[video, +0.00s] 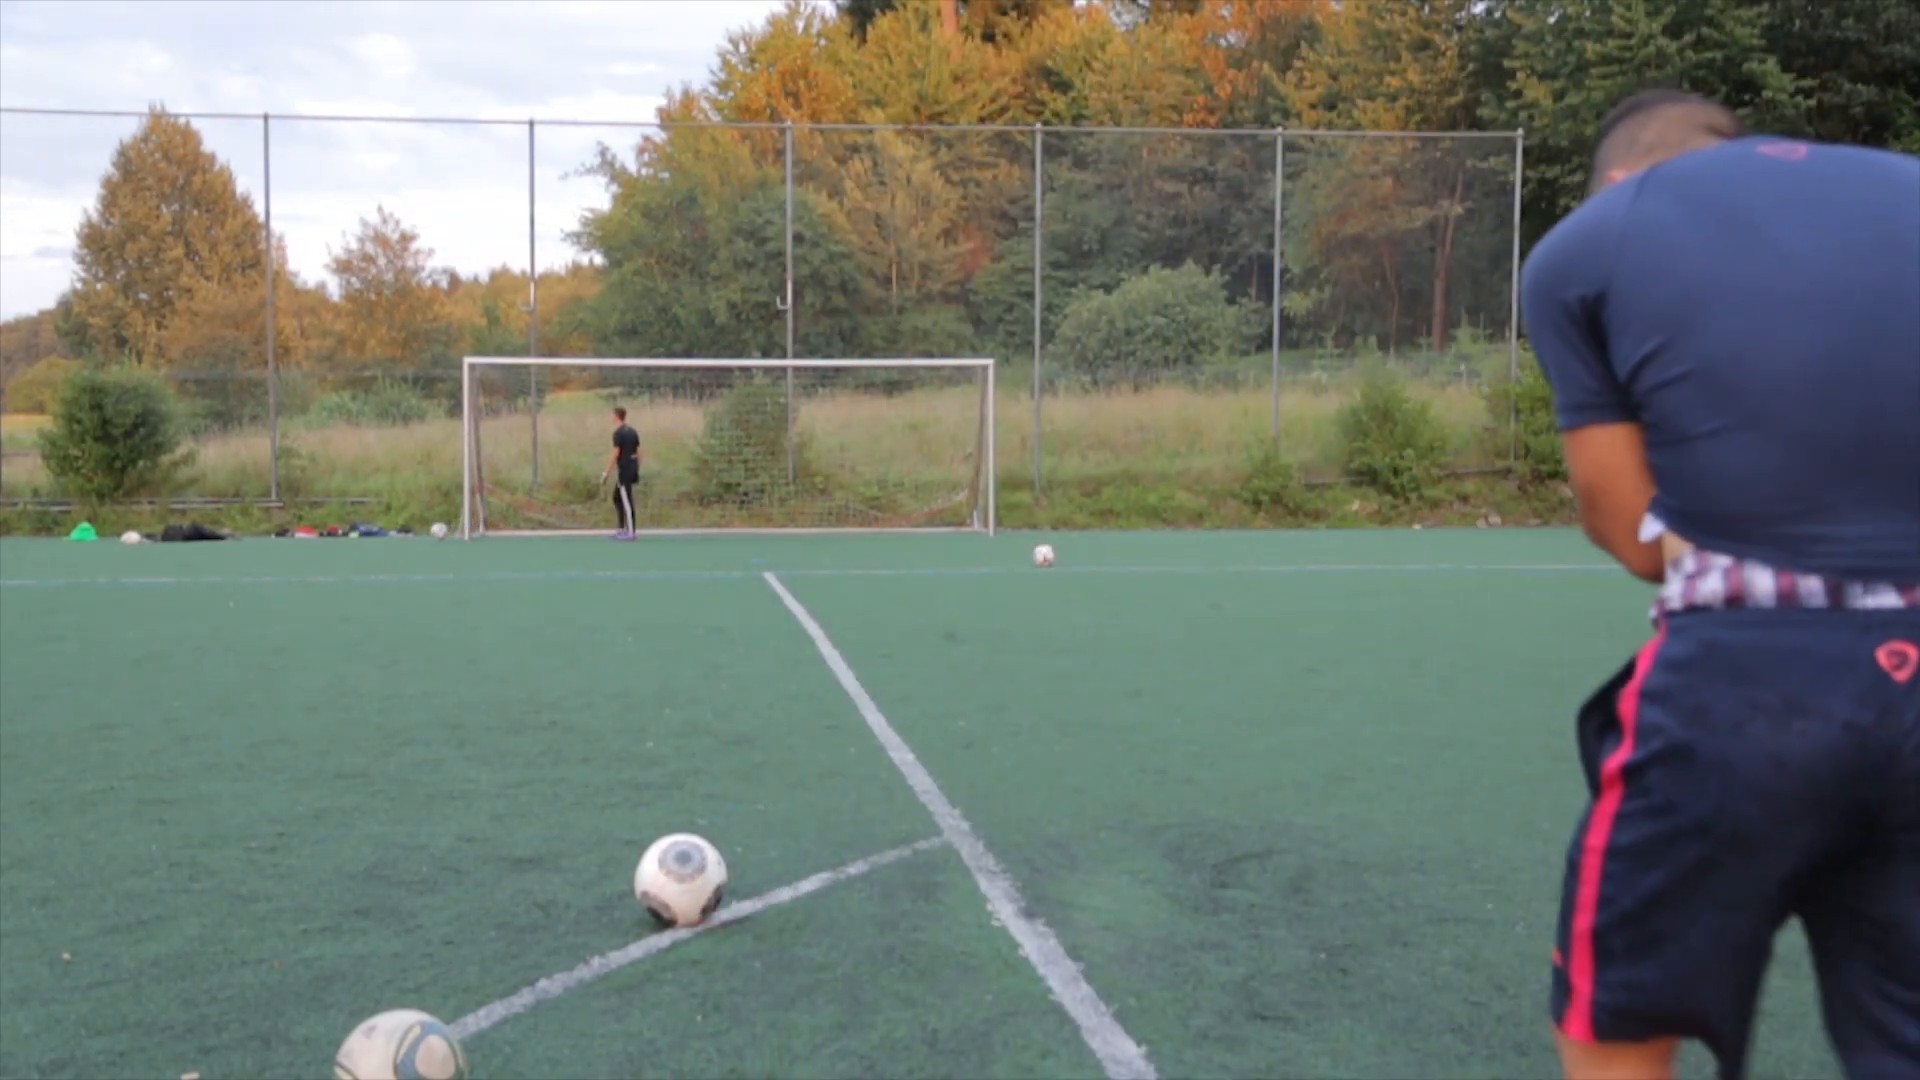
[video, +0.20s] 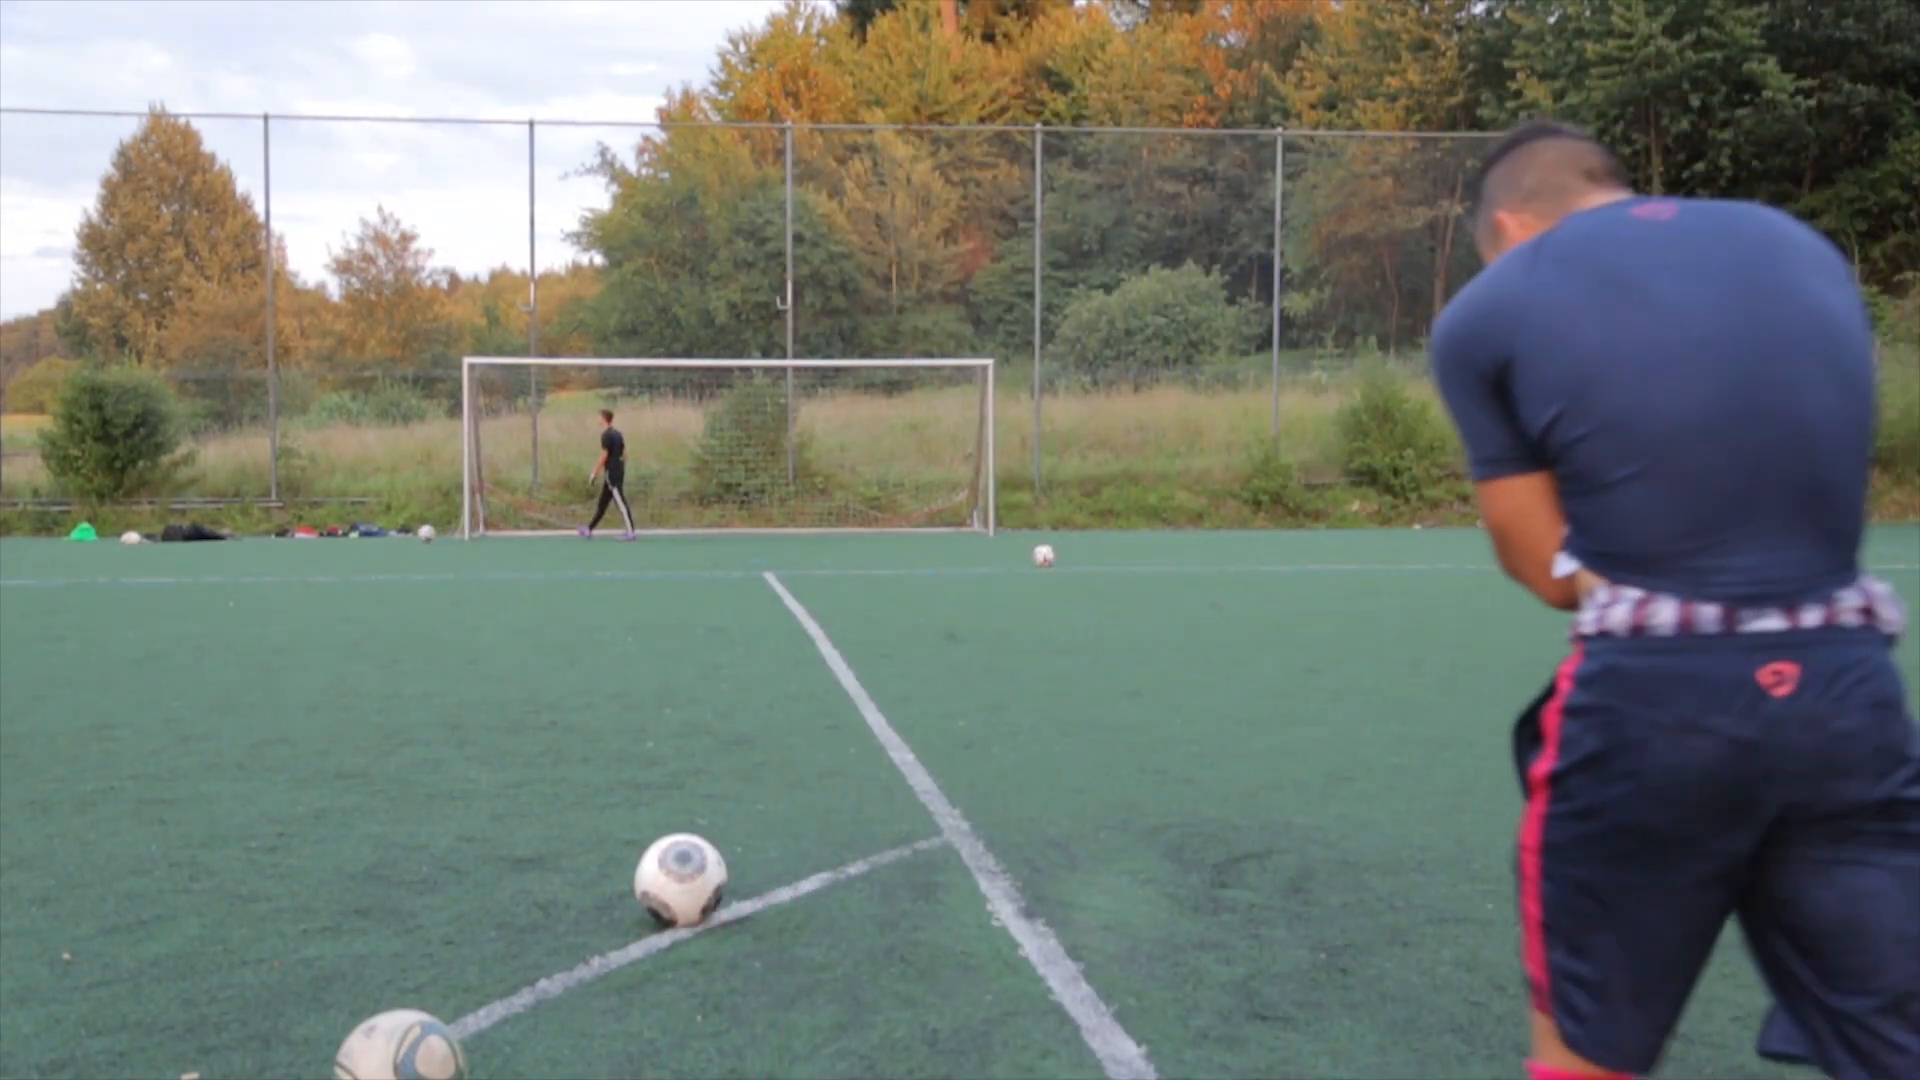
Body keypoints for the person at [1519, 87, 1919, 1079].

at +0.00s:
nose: (1602, 219)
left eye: (1597, 204)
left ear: (1614, 185)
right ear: (1741, 142)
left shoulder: (1581, 250)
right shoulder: (1900, 181)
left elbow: (1626, 525)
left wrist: (1756, 572)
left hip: (1738, 669)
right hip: (1915, 658)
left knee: (1619, 1037)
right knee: (1903, 1045)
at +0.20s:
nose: (1492, 277)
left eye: (1489, 254)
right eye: (1494, 255)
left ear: (1512, 230)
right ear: (1625, 190)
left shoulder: (1487, 314)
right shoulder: (1803, 247)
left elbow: (1543, 563)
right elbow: (1821, 481)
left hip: (1648, 706)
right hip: (1852, 697)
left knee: (1582, 1050)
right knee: (1893, 1045)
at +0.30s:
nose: (1450, 236)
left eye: (1446, 216)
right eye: (1448, 217)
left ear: (1464, 202)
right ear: (1573, 170)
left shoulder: (1438, 300)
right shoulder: (1740, 235)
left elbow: (1492, 533)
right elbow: (1755, 447)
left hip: (1589, 678)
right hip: (1773, 669)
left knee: (1551, 1020)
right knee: (1823, 1010)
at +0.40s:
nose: (1422, 183)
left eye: (1419, 164)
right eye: (1419, 165)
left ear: (1438, 154)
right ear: (1547, 130)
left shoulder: (1403, 256)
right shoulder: (1689, 207)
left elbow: (1443, 486)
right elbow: (1695, 411)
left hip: (1548, 632)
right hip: (1714, 622)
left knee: (1555, 985)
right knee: (1709, 935)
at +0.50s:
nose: (1394, 176)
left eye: (1391, 155)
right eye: (1394, 157)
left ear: (1414, 141)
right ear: (1513, 129)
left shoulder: (1377, 249)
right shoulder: (1642, 210)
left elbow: (1404, 469)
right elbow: (1646, 397)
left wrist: (1549, 436)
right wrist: (1476, 462)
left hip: (1512, 618)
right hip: (1660, 608)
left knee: (1552, 968)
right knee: (1613, 908)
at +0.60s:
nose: (1359, 224)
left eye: (1359, 195)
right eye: (1358, 199)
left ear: (1398, 166)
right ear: (1475, 161)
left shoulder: (1364, 271)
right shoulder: (1597, 242)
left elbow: (1370, 486)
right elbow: (1593, 425)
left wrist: (1498, 444)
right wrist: (1435, 477)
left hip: (1476, 628)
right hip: (1605, 623)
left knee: (1533, 957)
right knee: (1513, 927)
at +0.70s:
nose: (1330, 245)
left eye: (1331, 218)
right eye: (1326, 223)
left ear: (1379, 191)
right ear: (1428, 189)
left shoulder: (1366, 283)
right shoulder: (1539, 268)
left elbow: (1342, 492)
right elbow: (1505, 439)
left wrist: (1335, 339)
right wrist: (1363, 309)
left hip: (1442, 629)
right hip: (1549, 626)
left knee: (1440, 942)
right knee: (1471, 929)